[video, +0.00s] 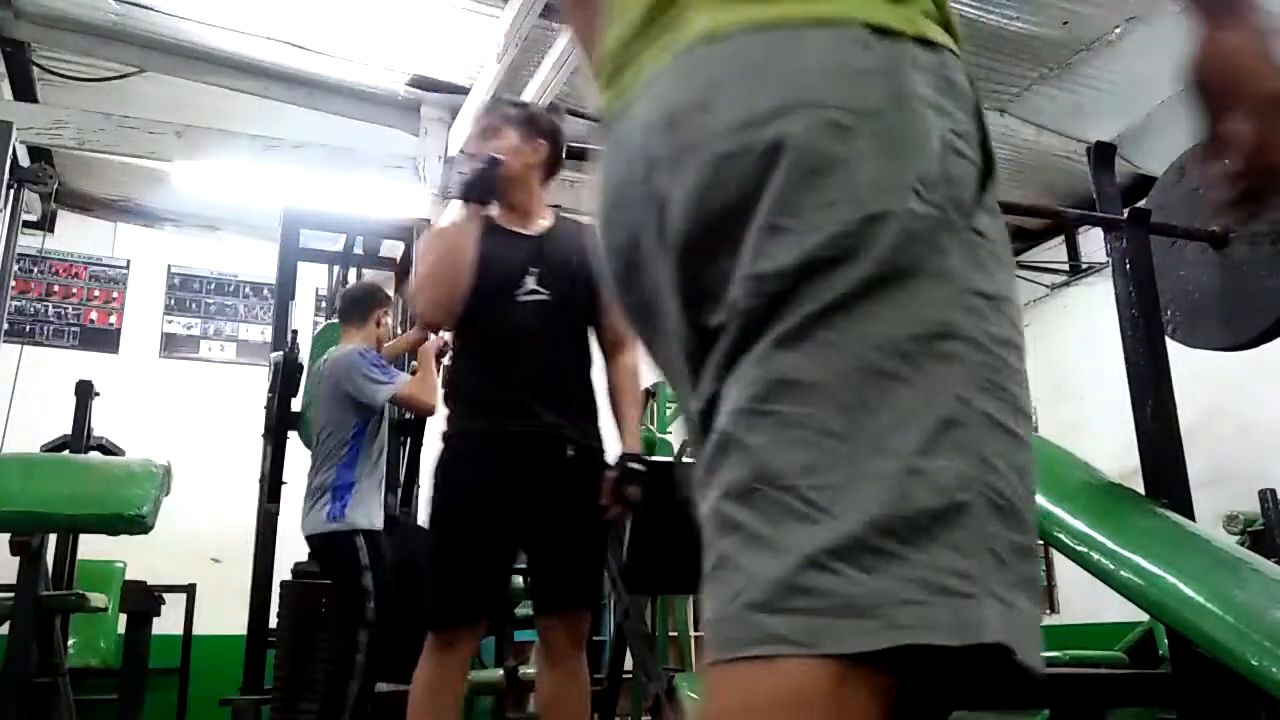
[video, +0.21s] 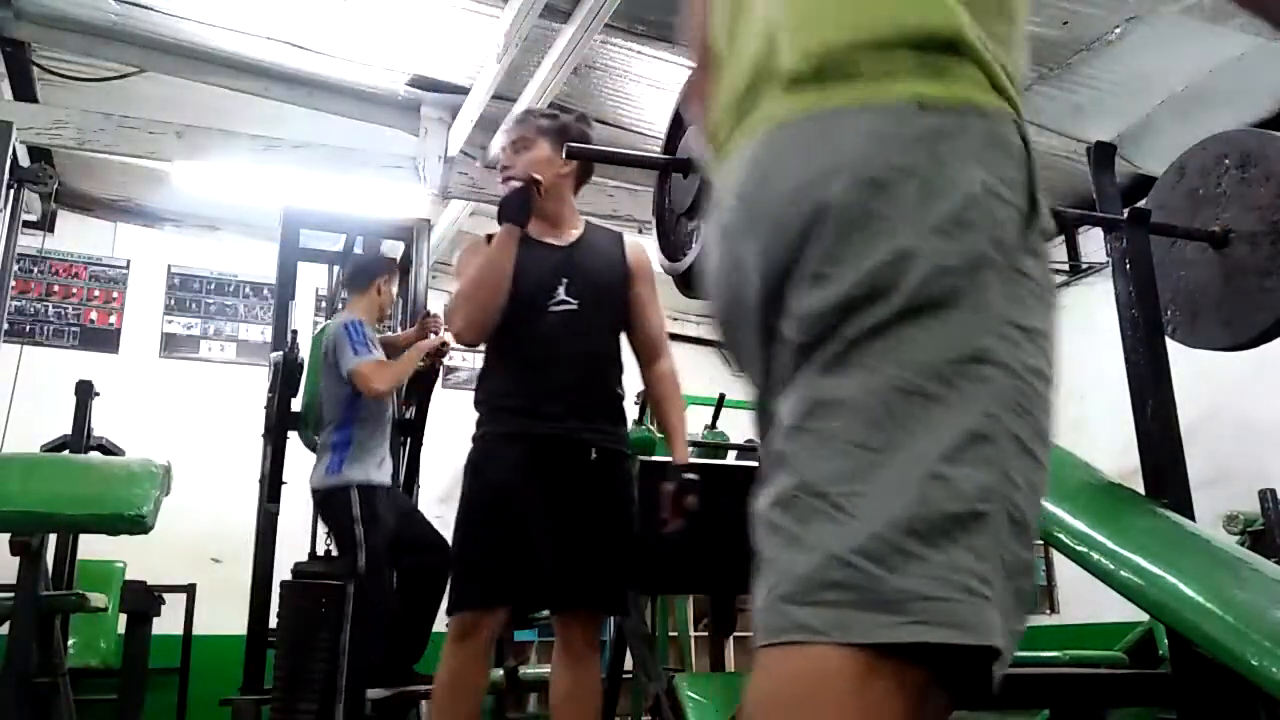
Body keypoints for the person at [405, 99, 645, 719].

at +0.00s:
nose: (479, 149)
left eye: (495, 136)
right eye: (475, 140)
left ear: (542, 150)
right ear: (470, 156)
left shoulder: (587, 242)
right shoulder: (452, 236)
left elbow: (620, 348)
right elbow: (431, 310)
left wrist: (631, 451)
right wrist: (466, 206)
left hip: (568, 459)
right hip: (478, 458)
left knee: (566, 636)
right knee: (451, 636)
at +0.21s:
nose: (508, 163)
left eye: (523, 147)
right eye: (503, 154)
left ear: (571, 163)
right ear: (500, 171)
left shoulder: (623, 254)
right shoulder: (487, 248)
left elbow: (656, 360)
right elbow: (465, 330)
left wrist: (679, 459)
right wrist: (509, 229)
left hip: (594, 459)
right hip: (505, 456)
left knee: (580, 631)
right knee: (472, 625)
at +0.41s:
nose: (512, 171)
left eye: (527, 156)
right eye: (508, 164)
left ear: (575, 169)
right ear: (504, 180)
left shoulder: (631, 262)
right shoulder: (495, 256)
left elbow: (669, 360)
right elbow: (472, 334)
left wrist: (705, 455)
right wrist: (510, 238)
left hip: (605, 461)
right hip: (519, 460)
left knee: (587, 629)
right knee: (506, 627)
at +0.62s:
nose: (499, 175)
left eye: (514, 159)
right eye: (496, 165)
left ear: (561, 170)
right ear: (500, 181)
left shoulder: (622, 259)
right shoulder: (486, 260)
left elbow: (651, 364)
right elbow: (452, 351)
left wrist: (675, 457)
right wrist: (502, 268)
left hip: (604, 459)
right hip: (517, 460)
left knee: (589, 631)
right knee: (519, 634)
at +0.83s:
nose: (484, 178)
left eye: (499, 163)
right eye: (483, 167)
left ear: (546, 173)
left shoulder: (609, 259)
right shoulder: (474, 270)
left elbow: (640, 360)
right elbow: (423, 366)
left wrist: (646, 456)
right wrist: (481, 375)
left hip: (594, 466)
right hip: (509, 468)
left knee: (592, 628)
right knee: (514, 633)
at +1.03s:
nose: (474, 184)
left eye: (489, 169)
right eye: (472, 173)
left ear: (538, 177)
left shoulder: (602, 257)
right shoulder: (461, 272)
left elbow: (639, 354)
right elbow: (395, 360)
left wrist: (661, 448)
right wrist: (439, 443)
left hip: (601, 467)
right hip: (510, 471)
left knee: (635, 606)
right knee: (518, 635)